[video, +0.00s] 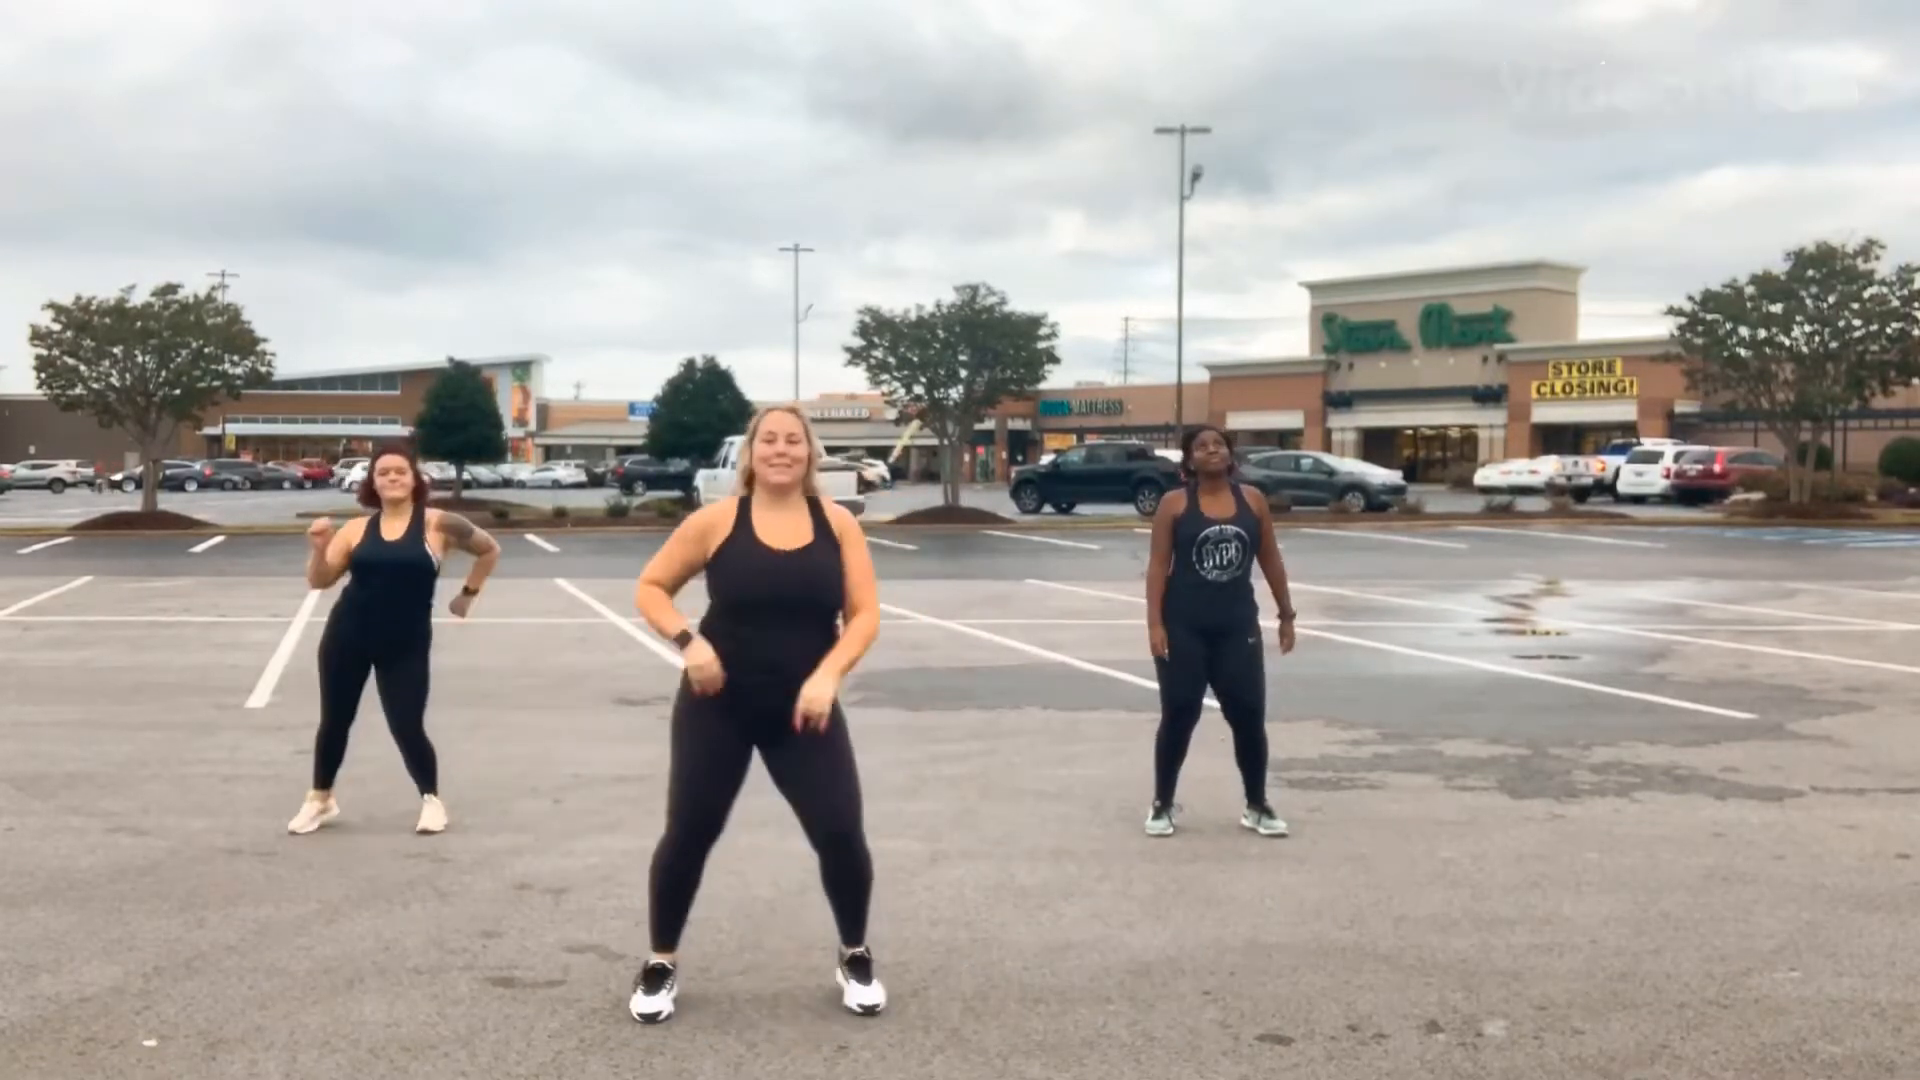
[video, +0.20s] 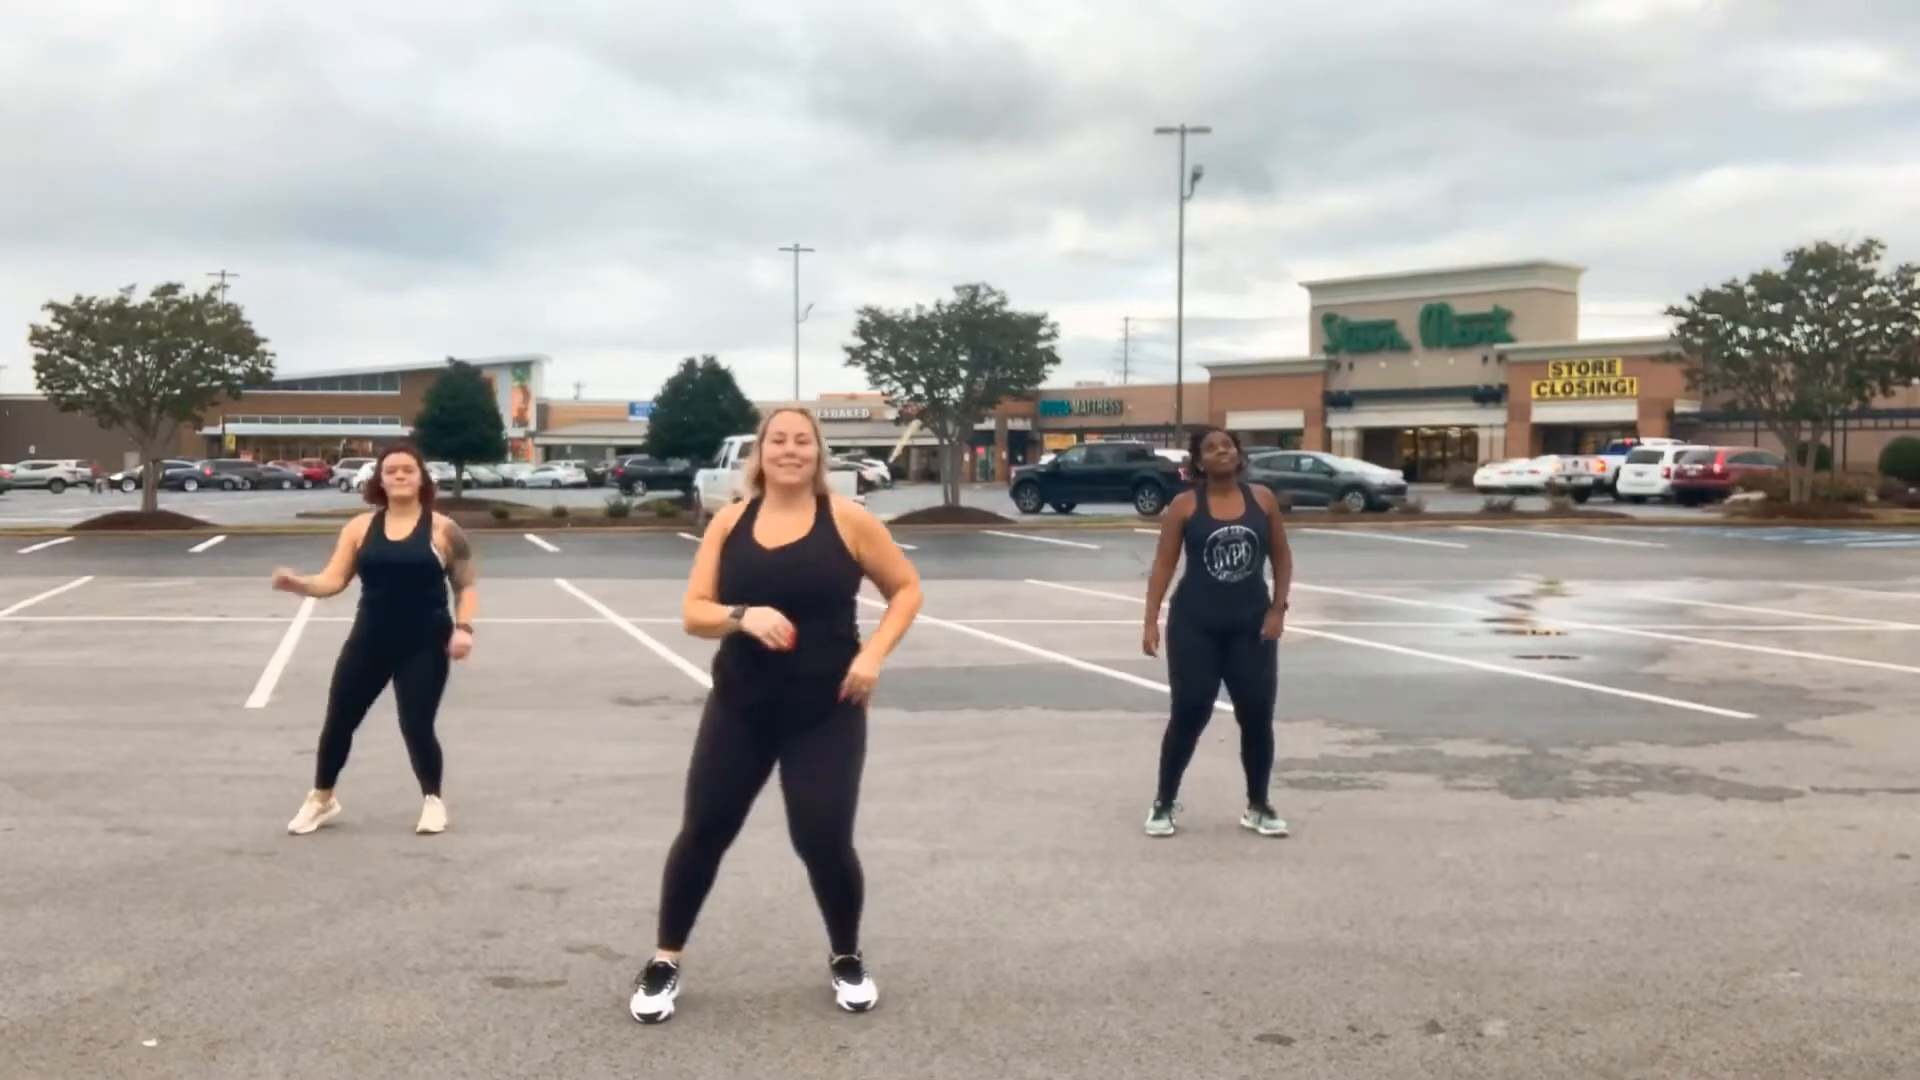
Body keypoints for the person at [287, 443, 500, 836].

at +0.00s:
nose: (392, 478)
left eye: (400, 472)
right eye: (384, 473)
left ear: (415, 480)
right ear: (373, 484)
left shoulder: (439, 523)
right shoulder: (356, 529)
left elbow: (489, 550)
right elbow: (319, 581)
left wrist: (467, 594)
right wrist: (319, 548)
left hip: (404, 643)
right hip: (348, 638)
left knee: (406, 728)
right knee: (334, 721)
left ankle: (431, 799)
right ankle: (320, 797)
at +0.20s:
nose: (400, 476)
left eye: (408, 470)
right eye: (392, 471)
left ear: (422, 479)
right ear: (380, 481)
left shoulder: (443, 529)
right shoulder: (360, 527)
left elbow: (464, 585)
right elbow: (333, 581)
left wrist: (463, 627)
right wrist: (300, 584)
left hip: (424, 644)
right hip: (370, 641)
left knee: (416, 727)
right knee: (338, 721)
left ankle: (432, 800)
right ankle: (322, 798)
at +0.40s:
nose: (409, 466)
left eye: (417, 459)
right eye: (401, 461)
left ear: (432, 467)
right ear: (391, 470)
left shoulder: (452, 514)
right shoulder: (373, 518)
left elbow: (486, 561)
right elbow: (351, 568)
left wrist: (452, 550)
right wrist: (332, 599)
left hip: (439, 633)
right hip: (385, 631)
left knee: (427, 717)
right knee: (365, 712)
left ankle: (434, 798)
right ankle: (377, 789)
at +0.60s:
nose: (414, 469)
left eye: (421, 462)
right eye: (406, 464)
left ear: (435, 471)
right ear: (394, 474)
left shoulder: (456, 517)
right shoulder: (378, 521)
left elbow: (485, 555)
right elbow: (367, 574)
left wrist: (449, 551)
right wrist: (359, 621)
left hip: (440, 636)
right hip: (386, 635)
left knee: (435, 719)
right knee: (394, 723)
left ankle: (436, 799)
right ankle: (403, 799)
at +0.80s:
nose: (420, 474)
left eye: (427, 468)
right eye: (412, 469)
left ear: (441, 476)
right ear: (400, 479)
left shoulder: (462, 526)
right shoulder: (378, 529)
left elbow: (482, 577)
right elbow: (364, 583)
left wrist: (483, 618)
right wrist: (359, 632)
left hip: (453, 642)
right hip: (397, 644)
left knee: (468, 715)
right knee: (402, 725)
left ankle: (481, 788)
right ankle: (405, 800)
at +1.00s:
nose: (432, 474)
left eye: (439, 467)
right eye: (424, 468)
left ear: (454, 475)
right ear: (412, 478)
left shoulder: (477, 518)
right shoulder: (394, 523)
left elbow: (527, 541)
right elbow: (343, 560)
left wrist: (536, 588)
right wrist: (376, 565)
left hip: (480, 635)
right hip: (428, 640)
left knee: (500, 719)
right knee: (409, 725)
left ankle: (539, 794)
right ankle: (406, 801)